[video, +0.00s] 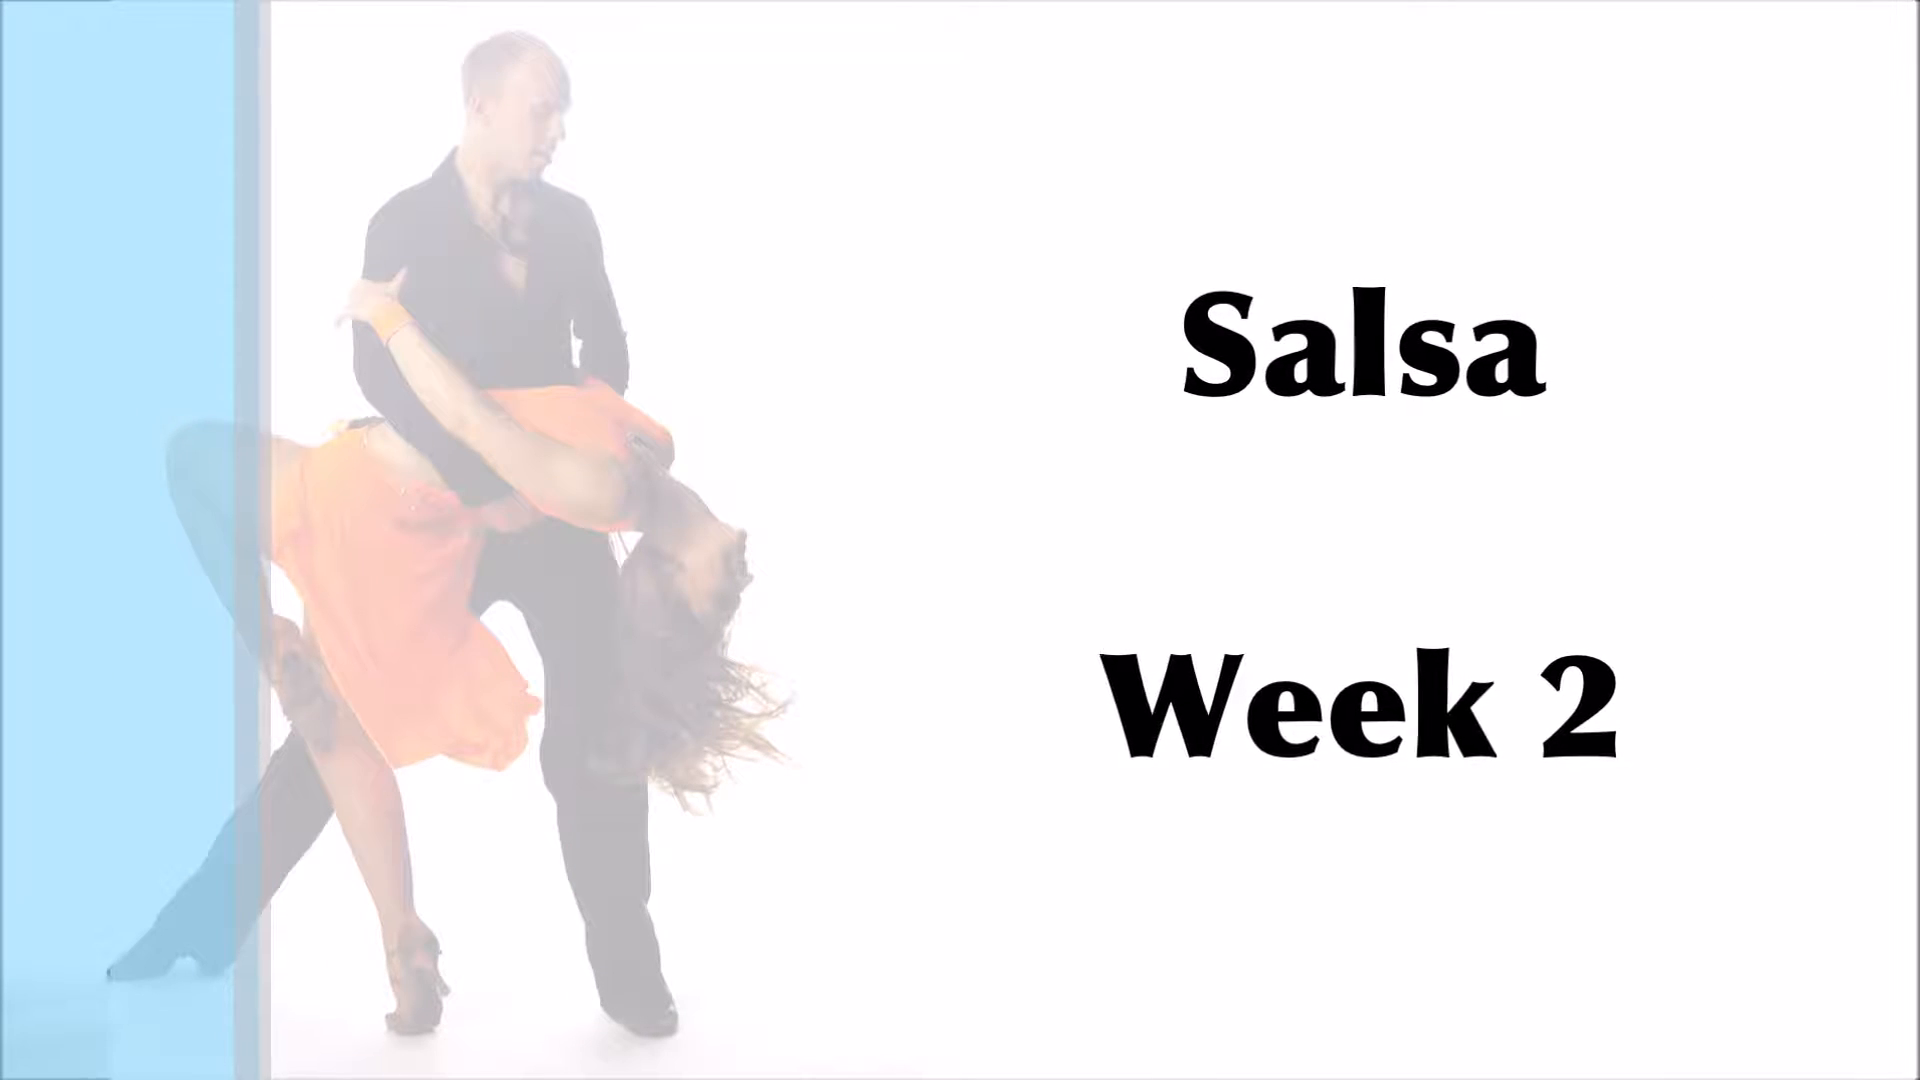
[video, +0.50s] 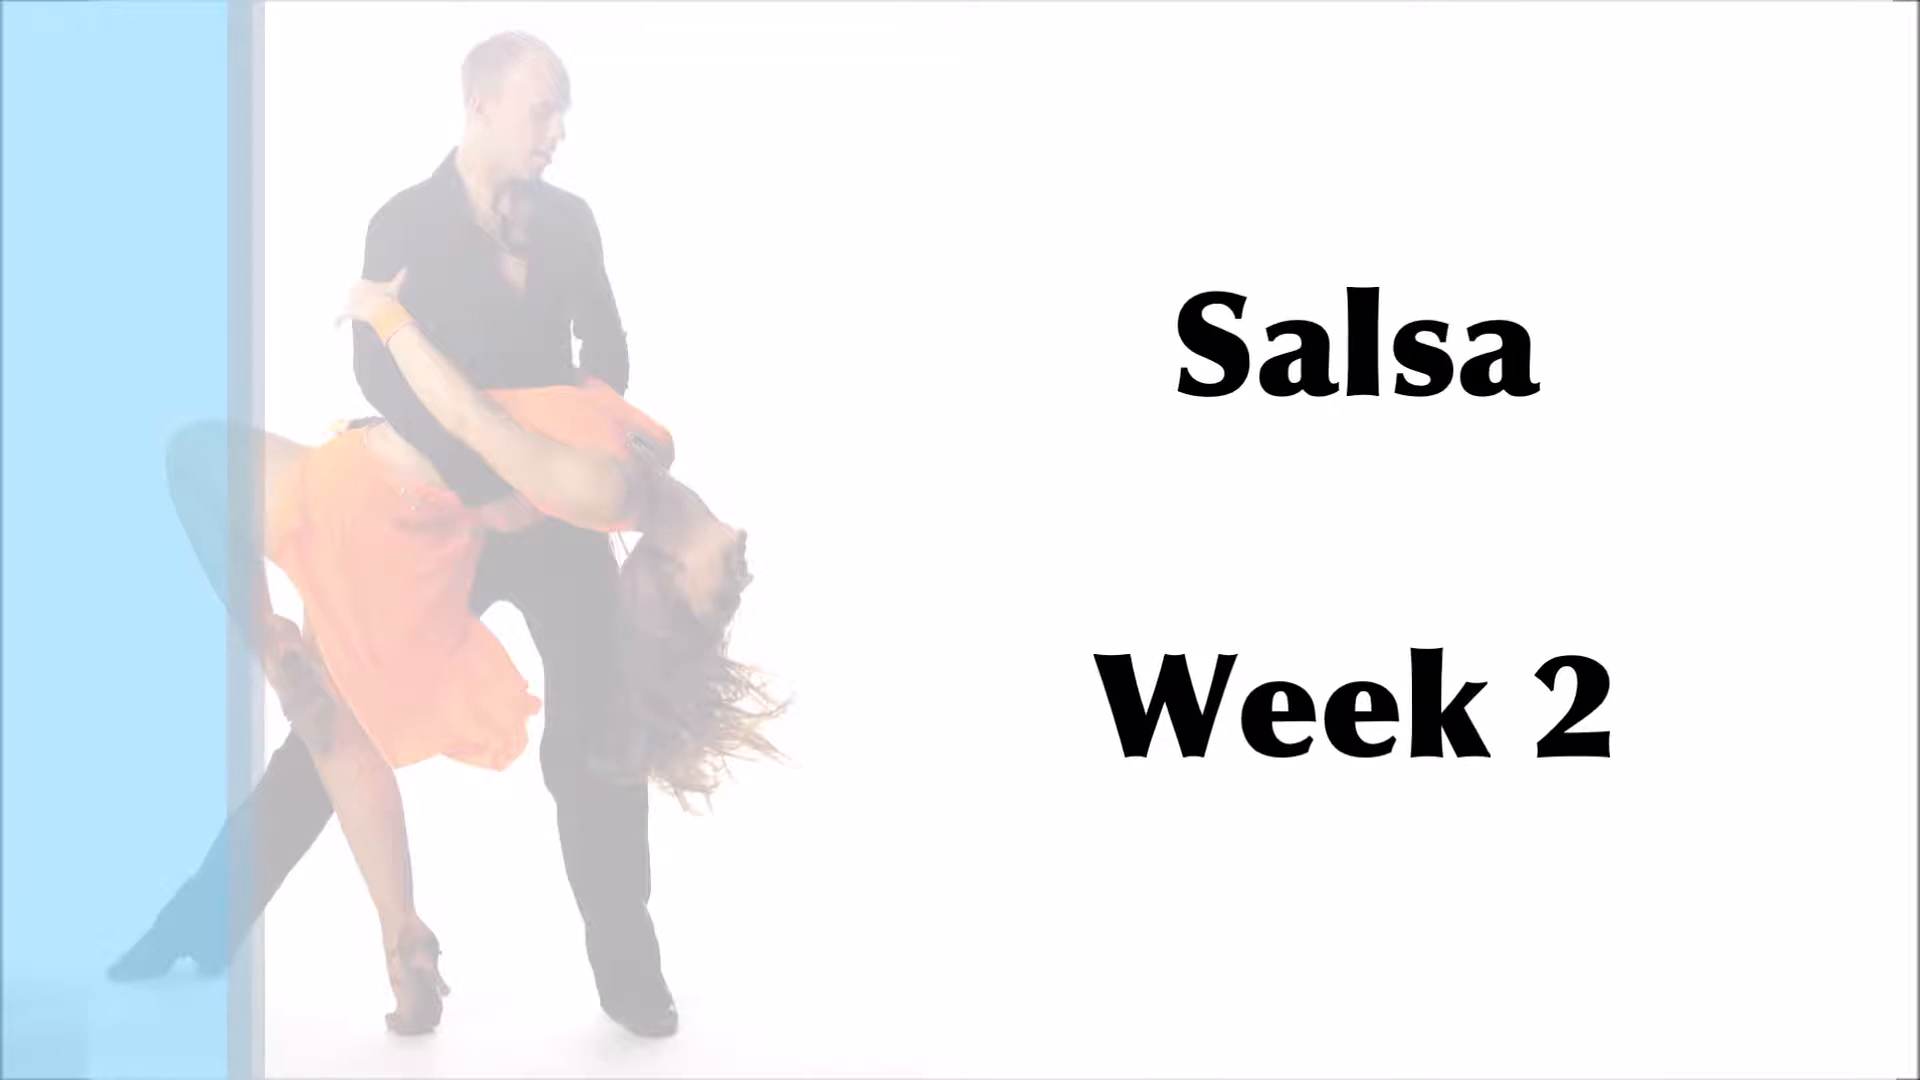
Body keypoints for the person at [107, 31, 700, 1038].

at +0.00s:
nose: (557, 132)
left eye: (563, 115)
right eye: (541, 112)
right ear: (481, 110)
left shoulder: (567, 220)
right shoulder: (405, 223)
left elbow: (608, 345)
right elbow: (379, 370)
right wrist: (468, 477)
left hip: (555, 526)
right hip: (438, 522)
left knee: (598, 728)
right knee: (345, 727)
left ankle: (627, 961)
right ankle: (209, 920)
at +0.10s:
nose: (556, 132)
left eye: (562, 115)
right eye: (541, 112)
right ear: (481, 111)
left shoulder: (567, 220)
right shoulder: (405, 223)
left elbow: (607, 342)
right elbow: (380, 371)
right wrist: (468, 477)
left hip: (555, 524)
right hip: (439, 521)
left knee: (598, 725)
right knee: (346, 726)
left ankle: (626, 958)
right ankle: (210, 919)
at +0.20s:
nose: (556, 133)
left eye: (562, 115)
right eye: (541, 112)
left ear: (554, 121)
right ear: (480, 109)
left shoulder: (567, 220)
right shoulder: (406, 223)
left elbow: (607, 342)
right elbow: (377, 367)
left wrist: (592, 437)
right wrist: (463, 472)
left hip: (552, 525)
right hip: (438, 522)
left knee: (598, 725)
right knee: (348, 724)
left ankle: (628, 959)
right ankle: (207, 921)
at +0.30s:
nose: (556, 132)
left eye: (563, 114)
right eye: (541, 111)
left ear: (557, 121)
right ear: (480, 109)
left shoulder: (567, 220)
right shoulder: (407, 223)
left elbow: (607, 341)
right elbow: (377, 367)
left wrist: (594, 427)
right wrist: (462, 473)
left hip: (554, 526)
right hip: (439, 522)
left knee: (598, 727)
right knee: (348, 726)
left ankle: (628, 962)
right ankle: (205, 924)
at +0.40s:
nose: (556, 132)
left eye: (563, 113)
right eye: (541, 111)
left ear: (557, 120)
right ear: (480, 108)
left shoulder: (567, 220)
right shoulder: (407, 222)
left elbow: (607, 342)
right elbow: (377, 367)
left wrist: (592, 431)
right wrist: (460, 471)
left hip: (554, 525)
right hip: (440, 521)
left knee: (598, 725)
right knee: (349, 724)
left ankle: (628, 962)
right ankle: (206, 924)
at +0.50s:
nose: (556, 132)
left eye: (562, 114)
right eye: (541, 112)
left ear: (554, 121)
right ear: (480, 109)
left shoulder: (567, 220)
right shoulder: (406, 223)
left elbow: (607, 340)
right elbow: (378, 368)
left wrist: (595, 432)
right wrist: (461, 469)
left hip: (554, 524)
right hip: (441, 521)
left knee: (599, 723)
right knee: (350, 721)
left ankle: (627, 958)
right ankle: (208, 921)